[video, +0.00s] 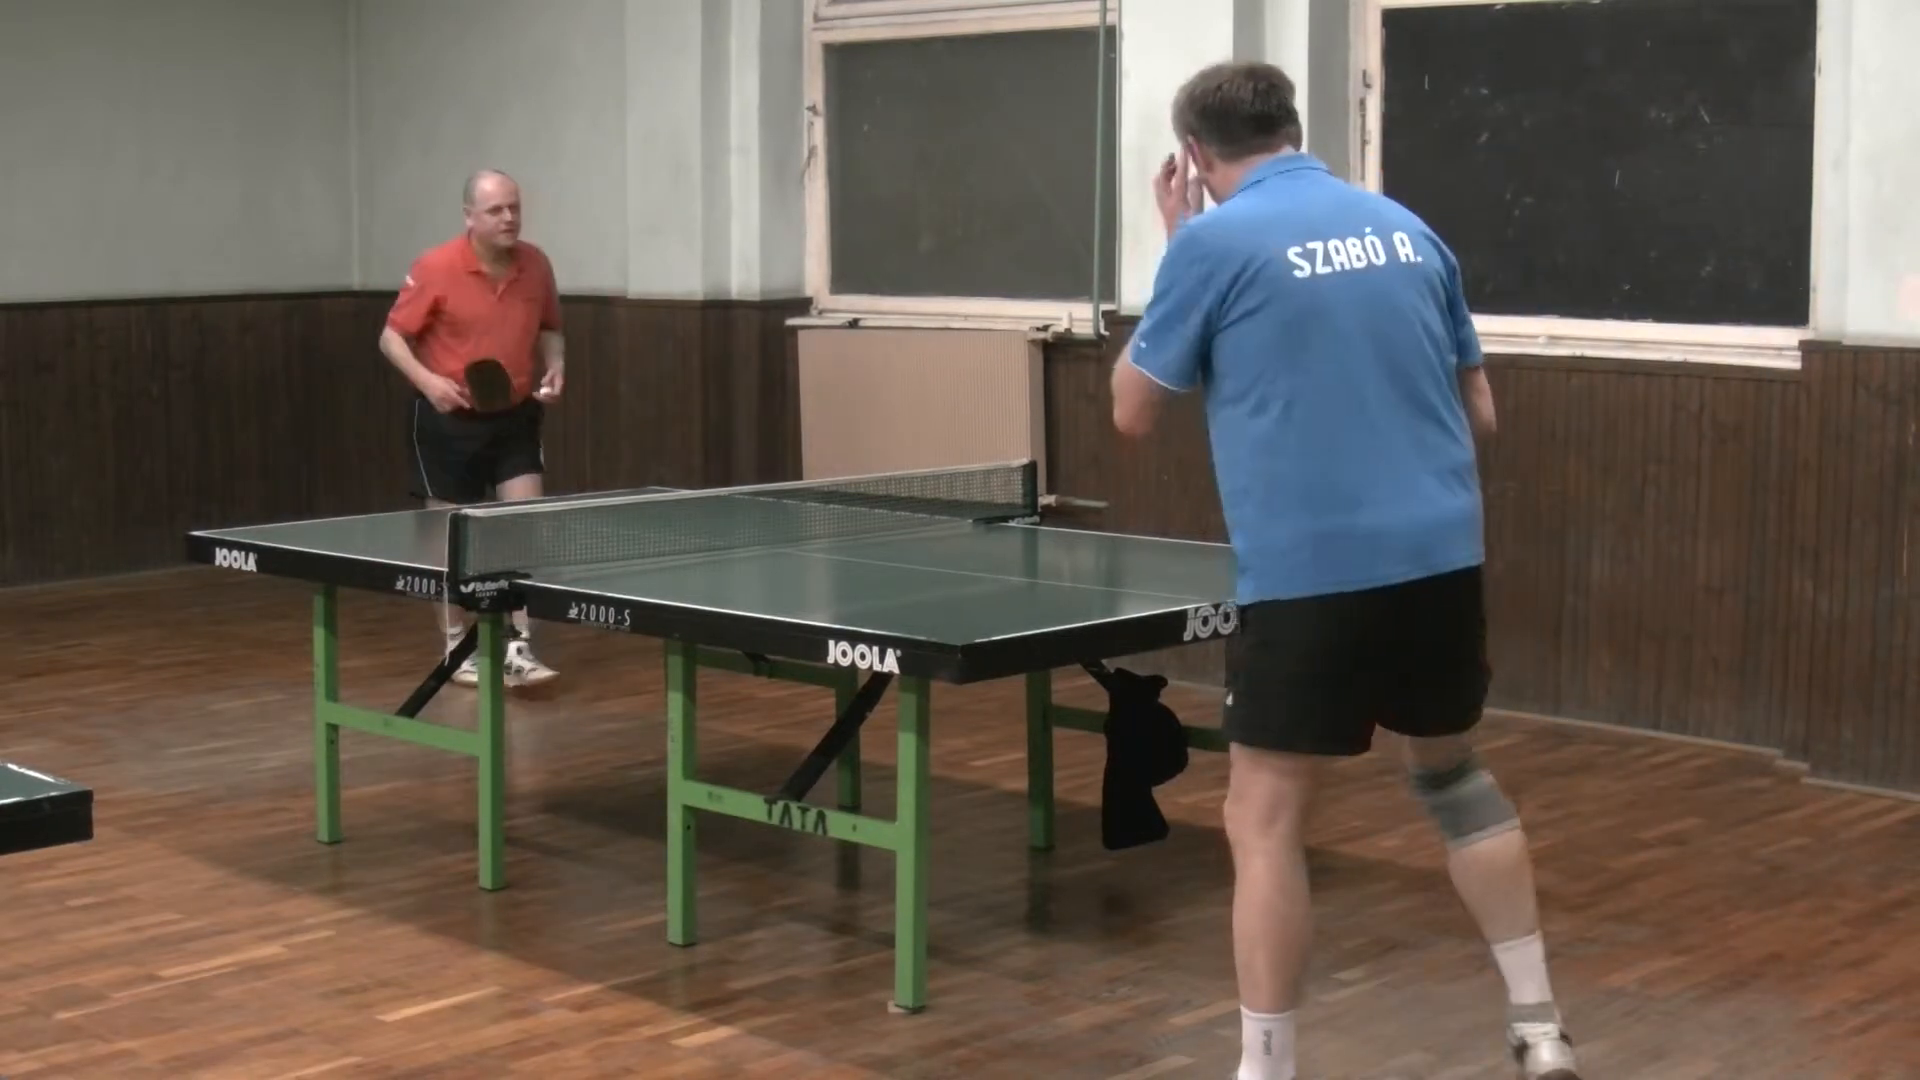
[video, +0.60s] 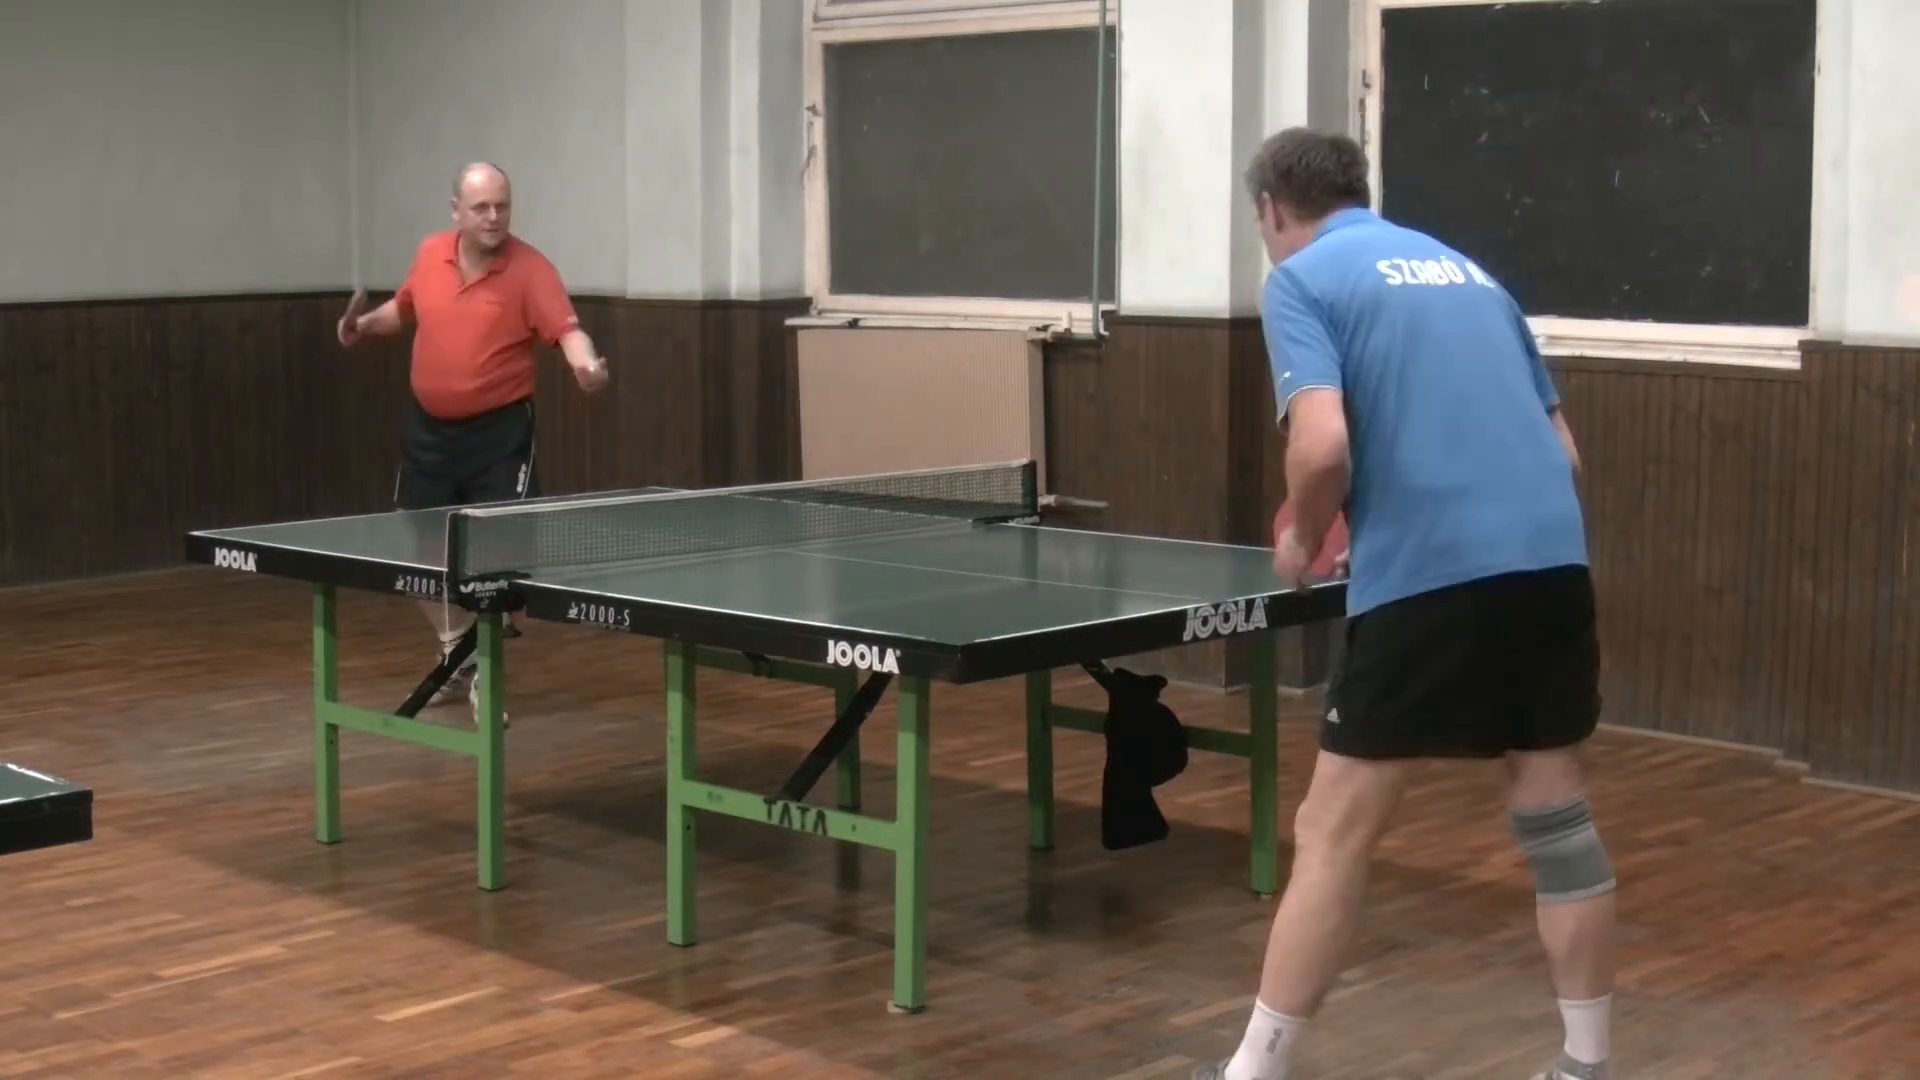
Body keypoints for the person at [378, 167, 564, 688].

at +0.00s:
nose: (508, 220)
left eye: (514, 209)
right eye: (495, 212)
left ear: (521, 212)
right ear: (469, 217)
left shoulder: (535, 265)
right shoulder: (436, 268)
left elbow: (550, 330)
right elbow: (390, 338)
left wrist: (554, 368)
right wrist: (428, 381)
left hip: (516, 412)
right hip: (450, 415)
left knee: (526, 516)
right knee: (452, 529)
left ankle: (517, 643)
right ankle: (457, 645)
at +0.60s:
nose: (494, 217)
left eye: (502, 207)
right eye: (481, 208)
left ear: (511, 208)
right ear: (457, 210)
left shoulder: (530, 268)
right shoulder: (431, 253)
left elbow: (565, 329)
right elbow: (404, 309)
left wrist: (586, 365)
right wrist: (364, 324)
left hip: (500, 430)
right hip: (431, 429)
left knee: (497, 549)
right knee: (427, 548)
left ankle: (486, 664)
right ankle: (455, 661)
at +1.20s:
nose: (413, 237)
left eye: (424, 225)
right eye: (403, 227)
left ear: (449, 219)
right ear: (393, 225)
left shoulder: (489, 263)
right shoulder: (387, 259)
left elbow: (557, 311)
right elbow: (345, 296)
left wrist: (538, 303)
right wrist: (281, 292)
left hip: (484, 433)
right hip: (410, 435)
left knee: (491, 557)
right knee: (381, 547)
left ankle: (484, 680)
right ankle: (406, 672)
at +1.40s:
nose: (429, 275)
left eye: (440, 264)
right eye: (418, 264)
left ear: (459, 249)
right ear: (403, 252)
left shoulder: (494, 278)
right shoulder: (386, 262)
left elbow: (552, 330)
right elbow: (347, 319)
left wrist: (567, 338)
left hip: (468, 438)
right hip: (391, 435)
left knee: (480, 561)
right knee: (356, 547)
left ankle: (483, 677)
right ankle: (390, 667)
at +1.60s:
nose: (442, 270)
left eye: (451, 259)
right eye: (431, 260)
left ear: (465, 250)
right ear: (408, 252)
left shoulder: (489, 283)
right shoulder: (376, 266)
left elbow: (536, 325)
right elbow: (320, 324)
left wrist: (581, 337)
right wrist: (363, 351)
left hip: (450, 439)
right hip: (367, 435)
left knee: (466, 565)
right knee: (315, 549)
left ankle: (479, 677)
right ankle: (312, 674)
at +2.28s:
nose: (373, 267)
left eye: (380, 256)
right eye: (360, 258)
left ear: (387, 253)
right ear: (331, 259)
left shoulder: (405, 293)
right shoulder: (298, 304)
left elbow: (439, 343)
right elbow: (268, 391)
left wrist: (462, 380)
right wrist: (322, 434)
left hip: (392, 456)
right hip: (310, 460)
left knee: (446, 555)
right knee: (266, 563)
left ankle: (460, 675)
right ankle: (244, 690)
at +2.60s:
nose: (402, 282)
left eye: (406, 270)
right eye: (390, 272)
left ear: (410, 267)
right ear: (354, 269)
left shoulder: (412, 303)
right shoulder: (315, 307)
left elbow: (425, 362)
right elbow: (279, 402)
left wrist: (449, 409)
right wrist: (347, 439)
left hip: (378, 462)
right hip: (305, 462)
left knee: (443, 552)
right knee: (265, 565)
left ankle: (460, 676)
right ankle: (240, 690)